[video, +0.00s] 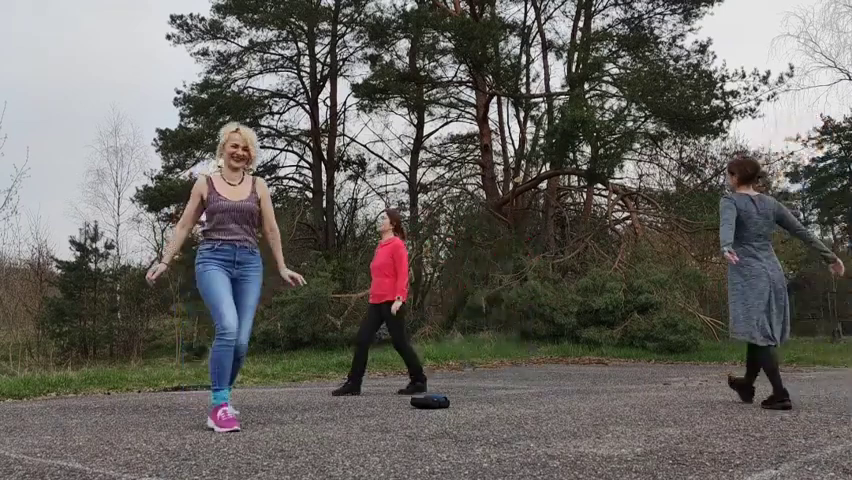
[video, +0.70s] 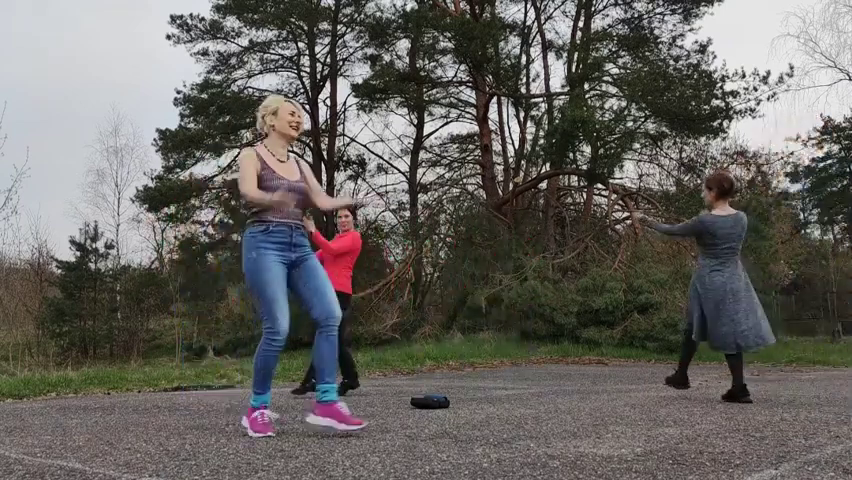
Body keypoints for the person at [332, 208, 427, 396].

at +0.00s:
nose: (380, 221)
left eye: (384, 219)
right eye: (380, 218)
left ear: (393, 223)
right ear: (384, 223)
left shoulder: (397, 245)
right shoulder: (381, 245)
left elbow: (403, 273)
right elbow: (381, 273)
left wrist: (399, 297)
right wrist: (374, 295)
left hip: (392, 301)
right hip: (376, 302)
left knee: (400, 343)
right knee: (362, 340)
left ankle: (419, 381)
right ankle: (353, 384)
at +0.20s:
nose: (361, 216)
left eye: (365, 213)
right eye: (361, 213)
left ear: (374, 219)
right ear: (359, 219)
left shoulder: (373, 238)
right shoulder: (359, 240)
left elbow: (387, 262)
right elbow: (361, 268)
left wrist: (393, 288)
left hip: (372, 296)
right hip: (358, 297)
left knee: (378, 339)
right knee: (356, 341)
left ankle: (407, 370)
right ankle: (354, 383)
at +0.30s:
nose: (356, 217)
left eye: (360, 214)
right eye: (355, 214)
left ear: (368, 220)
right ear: (354, 219)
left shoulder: (366, 239)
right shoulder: (354, 240)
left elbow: (380, 262)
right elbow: (360, 270)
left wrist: (388, 288)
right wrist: (375, 292)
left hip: (362, 297)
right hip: (350, 297)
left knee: (358, 338)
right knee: (350, 340)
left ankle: (395, 365)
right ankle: (353, 384)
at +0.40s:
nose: (354, 223)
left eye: (358, 220)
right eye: (352, 220)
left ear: (365, 225)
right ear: (348, 224)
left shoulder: (364, 244)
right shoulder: (350, 245)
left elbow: (370, 272)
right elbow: (347, 274)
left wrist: (372, 300)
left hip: (353, 301)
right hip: (341, 301)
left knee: (345, 343)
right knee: (340, 344)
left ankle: (379, 369)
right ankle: (352, 383)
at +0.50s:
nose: (351, 227)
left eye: (355, 224)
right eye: (348, 224)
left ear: (362, 227)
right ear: (345, 228)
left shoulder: (362, 249)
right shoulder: (348, 248)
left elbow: (355, 278)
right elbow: (337, 281)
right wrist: (323, 308)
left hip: (348, 302)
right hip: (338, 301)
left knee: (330, 339)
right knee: (328, 339)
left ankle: (353, 379)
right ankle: (353, 376)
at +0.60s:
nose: (348, 224)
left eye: (351, 221)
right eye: (345, 221)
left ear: (358, 224)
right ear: (342, 225)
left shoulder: (359, 244)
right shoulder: (341, 245)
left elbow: (341, 264)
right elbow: (328, 268)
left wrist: (316, 262)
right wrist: (310, 276)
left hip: (344, 296)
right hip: (333, 296)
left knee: (326, 341)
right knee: (335, 341)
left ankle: (330, 380)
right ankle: (352, 382)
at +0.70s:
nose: (343, 220)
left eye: (346, 216)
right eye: (340, 217)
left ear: (353, 219)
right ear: (336, 220)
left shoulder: (354, 237)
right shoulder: (335, 239)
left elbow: (332, 249)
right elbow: (316, 258)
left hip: (341, 290)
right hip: (327, 289)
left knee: (328, 334)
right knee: (333, 335)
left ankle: (310, 380)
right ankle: (350, 377)